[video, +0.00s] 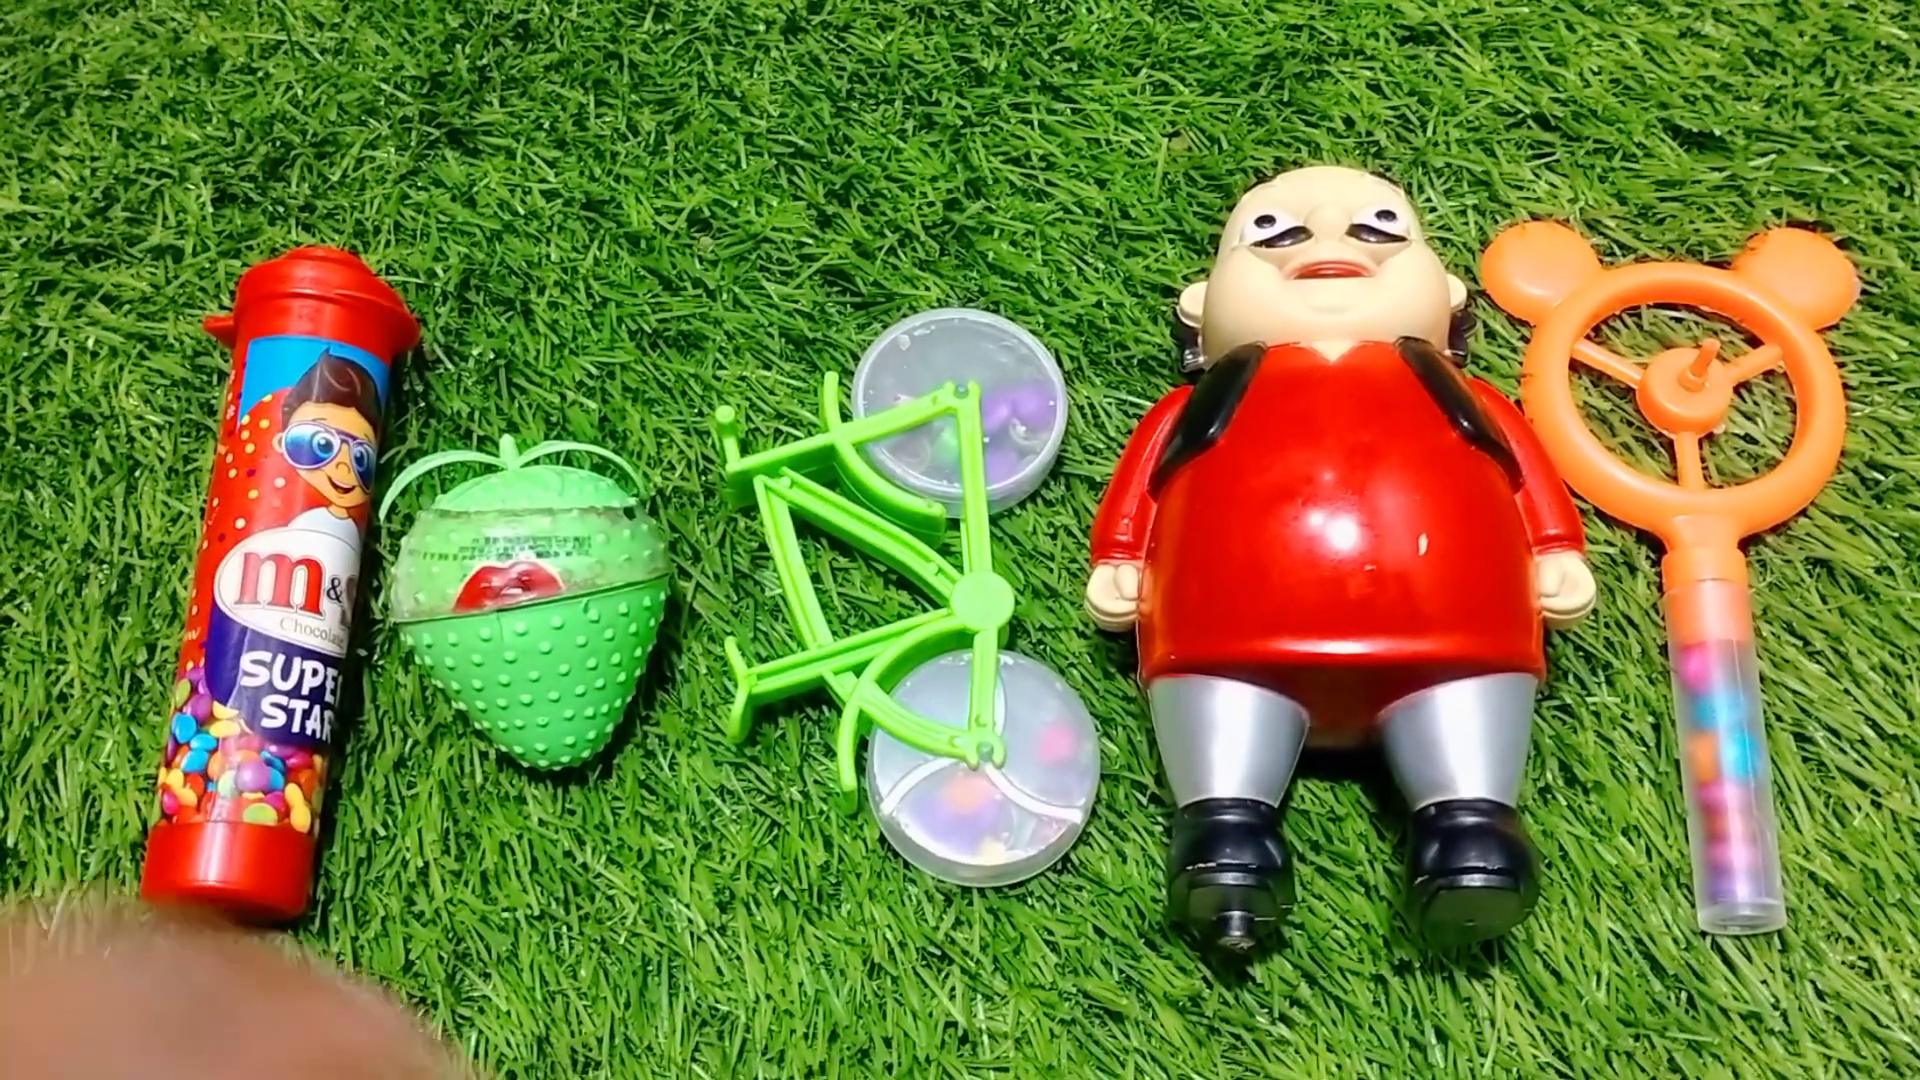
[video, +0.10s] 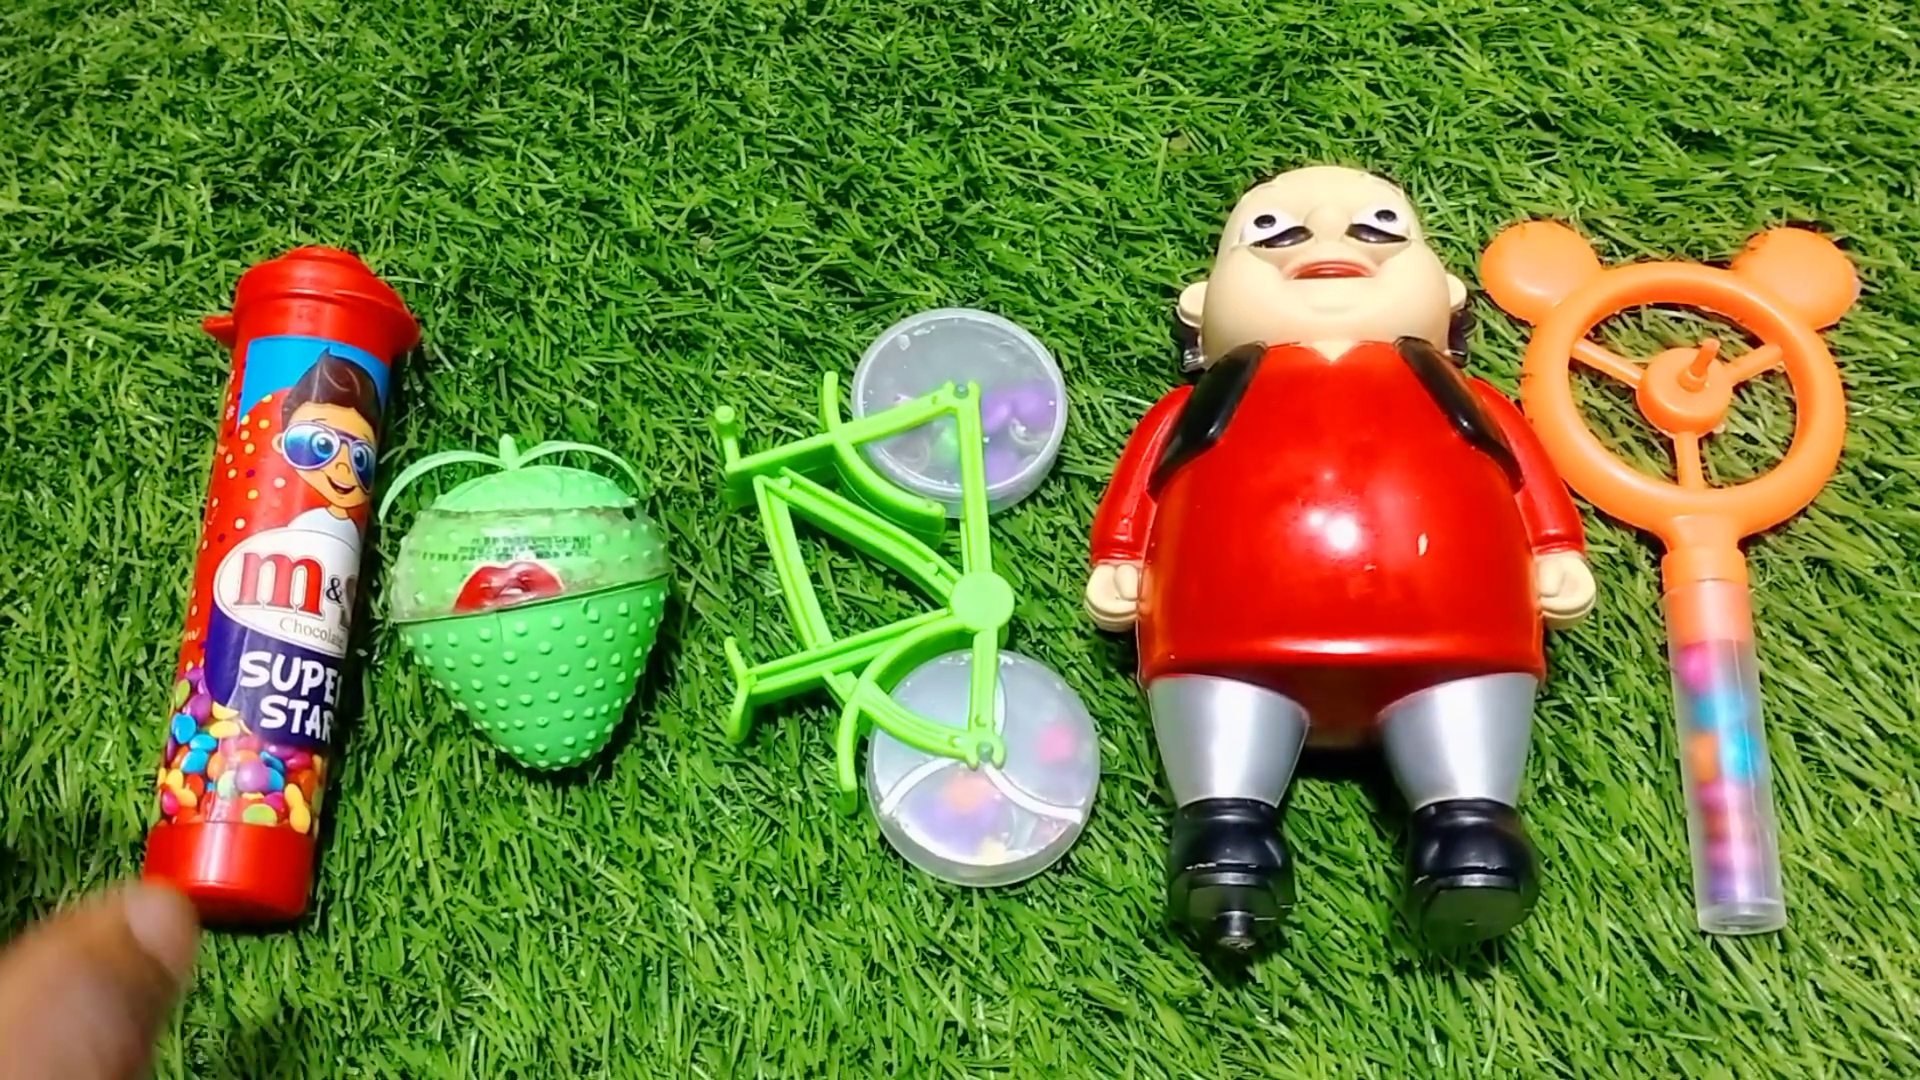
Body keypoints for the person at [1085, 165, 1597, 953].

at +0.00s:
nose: (1332, 240)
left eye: (1380, 224)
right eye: (1277, 226)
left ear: (1449, 300)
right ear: (1201, 309)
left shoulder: (1467, 394)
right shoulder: (1194, 403)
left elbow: (1525, 465)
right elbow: (1142, 477)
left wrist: (1554, 545)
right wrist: (1121, 553)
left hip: (1443, 574)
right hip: (1239, 578)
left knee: (1466, 670)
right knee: (1221, 677)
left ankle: (1469, 829)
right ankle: (1228, 838)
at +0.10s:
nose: (1332, 240)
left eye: (1380, 224)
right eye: (1277, 226)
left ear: (1448, 300)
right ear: (1202, 309)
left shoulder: (1466, 394)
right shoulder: (1194, 403)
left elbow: (1525, 465)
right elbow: (1142, 477)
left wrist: (1554, 546)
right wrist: (1121, 553)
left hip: (1443, 574)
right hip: (1239, 577)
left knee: (1467, 671)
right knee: (1221, 677)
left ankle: (1468, 830)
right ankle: (1228, 838)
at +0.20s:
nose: (1332, 240)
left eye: (1380, 224)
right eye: (1277, 226)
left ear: (1448, 299)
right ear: (1202, 309)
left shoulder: (1466, 394)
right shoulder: (1194, 403)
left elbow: (1526, 465)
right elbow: (1142, 477)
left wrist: (1554, 546)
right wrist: (1121, 553)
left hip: (1443, 574)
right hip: (1240, 578)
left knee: (1467, 672)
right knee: (1221, 678)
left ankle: (1469, 830)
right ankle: (1228, 838)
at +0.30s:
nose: (1332, 240)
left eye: (1380, 224)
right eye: (1277, 226)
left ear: (1449, 300)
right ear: (1202, 309)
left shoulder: (1466, 394)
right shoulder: (1194, 403)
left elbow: (1526, 465)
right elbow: (1142, 477)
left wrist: (1554, 545)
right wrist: (1121, 553)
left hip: (1443, 574)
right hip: (1239, 577)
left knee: (1466, 672)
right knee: (1221, 678)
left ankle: (1469, 830)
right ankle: (1228, 838)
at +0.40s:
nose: (1332, 240)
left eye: (1380, 224)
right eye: (1277, 226)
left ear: (1449, 299)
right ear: (1202, 309)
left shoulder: (1467, 394)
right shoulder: (1194, 403)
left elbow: (1527, 466)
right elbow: (1142, 477)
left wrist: (1554, 545)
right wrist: (1121, 553)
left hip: (1443, 576)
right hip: (1240, 579)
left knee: (1466, 674)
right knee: (1221, 679)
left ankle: (1469, 830)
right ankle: (1228, 838)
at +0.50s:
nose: (1332, 240)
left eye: (1380, 224)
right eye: (1277, 226)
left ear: (1449, 299)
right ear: (1202, 309)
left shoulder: (1467, 395)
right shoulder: (1194, 403)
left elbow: (1527, 466)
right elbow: (1142, 478)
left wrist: (1555, 545)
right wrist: (1121, 552)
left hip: (1443, 575)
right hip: (1240, 578)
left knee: (1467, 673)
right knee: (1221, 678)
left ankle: (1469, 830)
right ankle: (1228, 838)